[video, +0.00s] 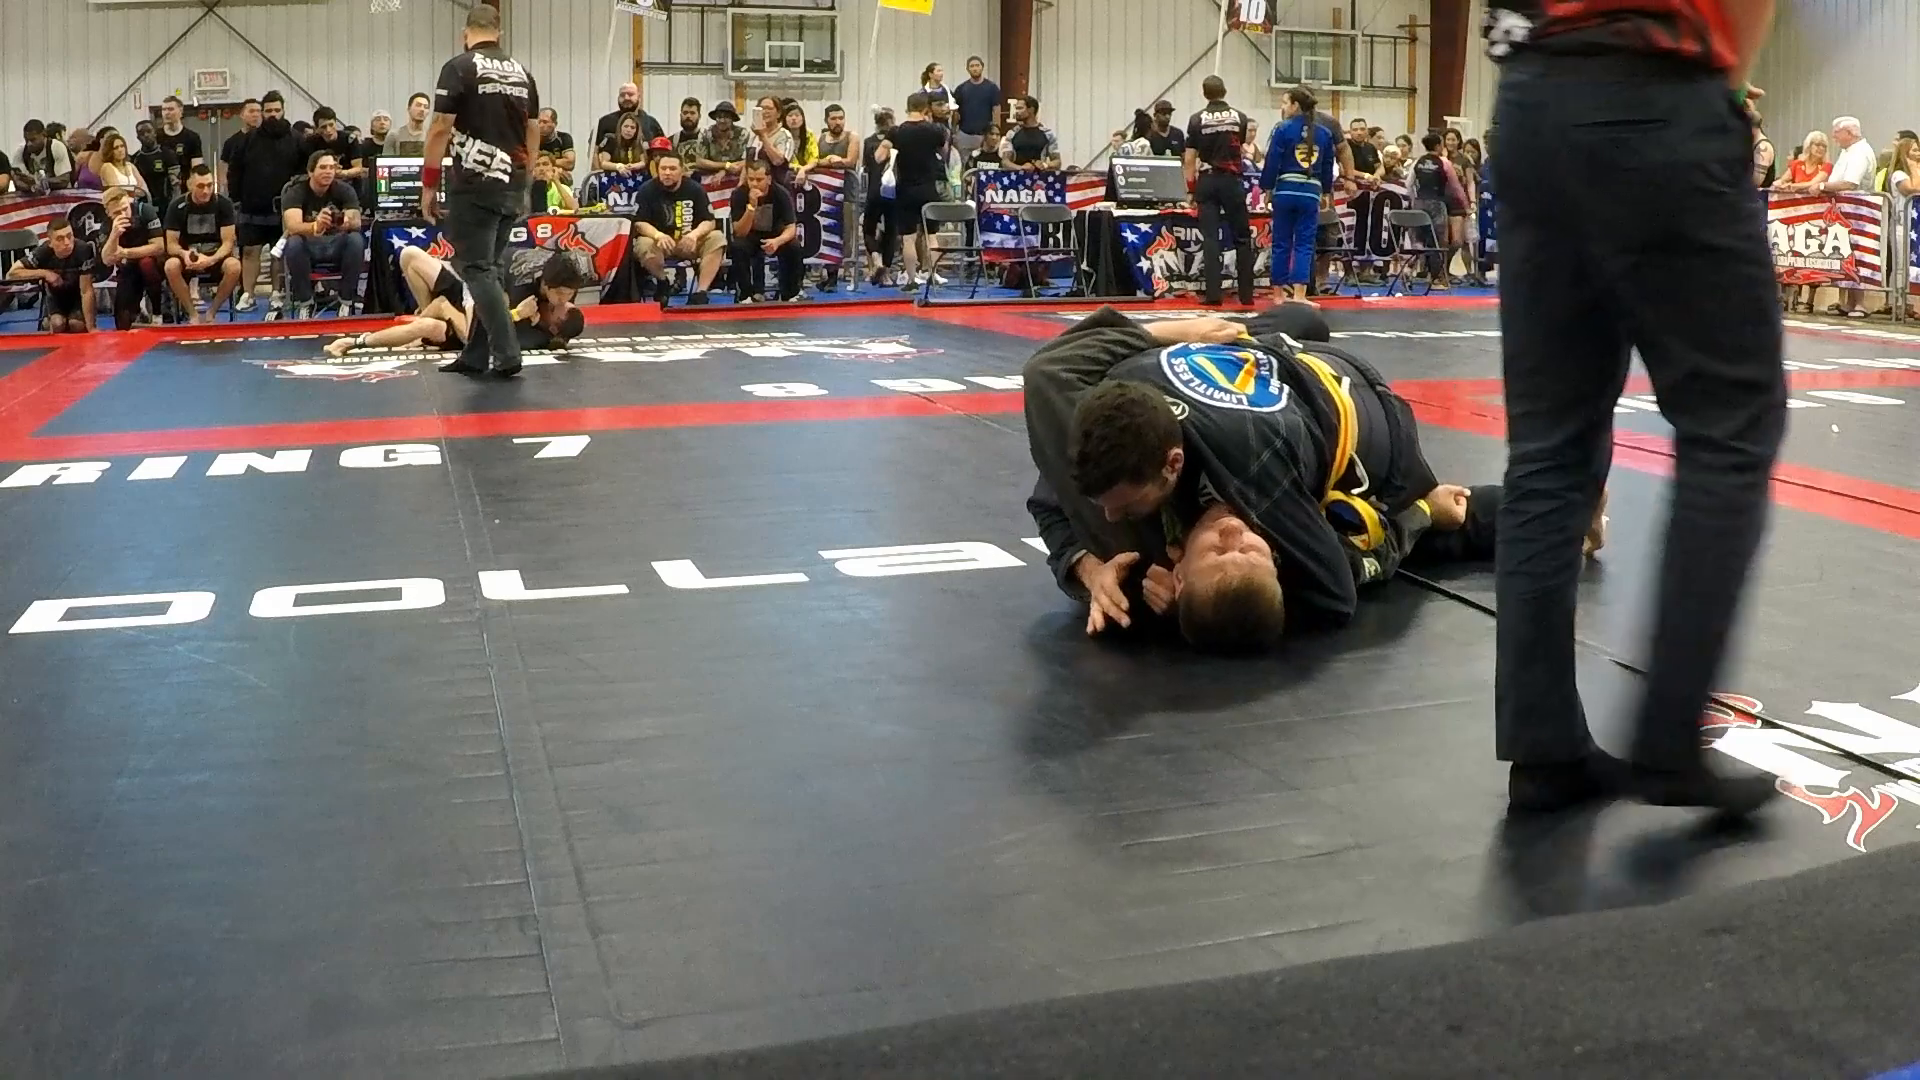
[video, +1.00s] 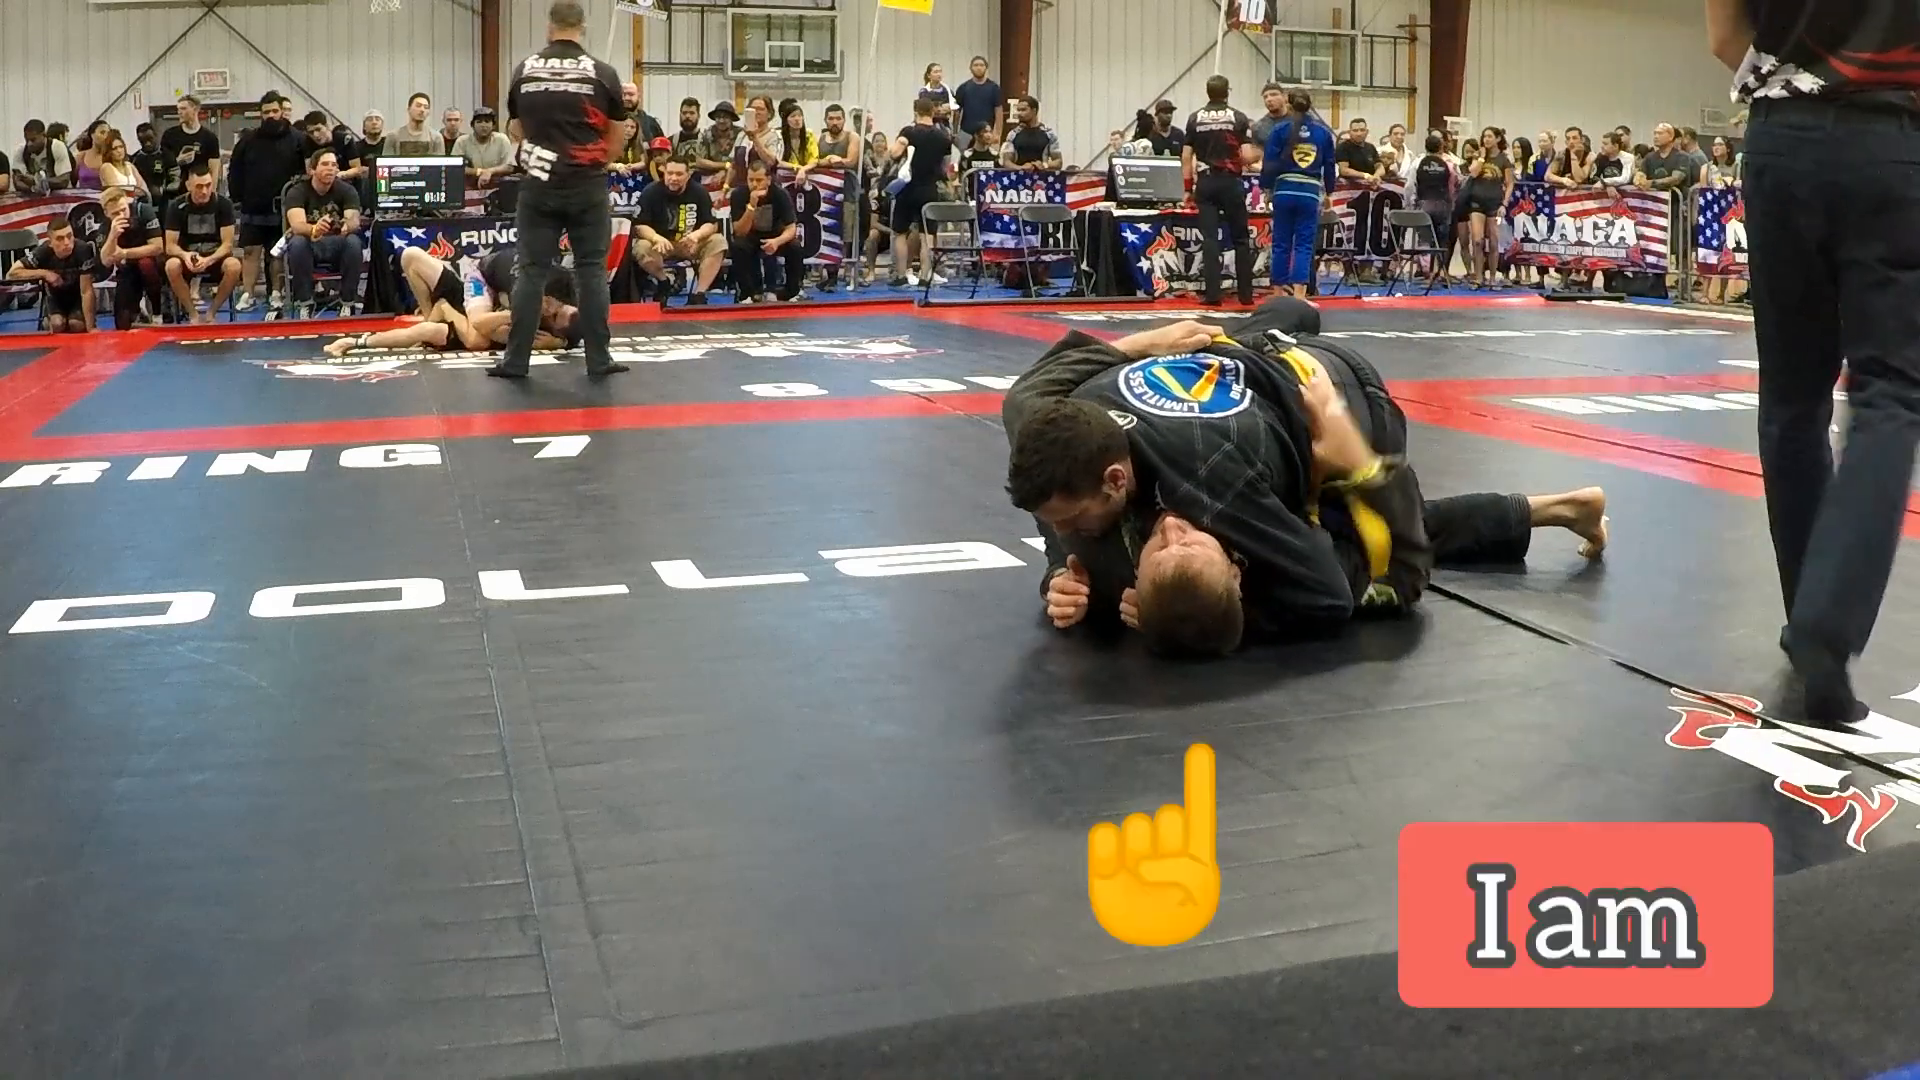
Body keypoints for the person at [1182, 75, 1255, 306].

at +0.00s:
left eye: (1205, 91)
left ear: (1204, 94)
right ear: (1224, 93)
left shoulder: (1196, 120)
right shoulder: (1241, 118)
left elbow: (1189, 159)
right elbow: (1243, 144)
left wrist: (1191, 189)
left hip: (1207, 179)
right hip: (1233, 180)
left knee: (1210, 238)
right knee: (1242, 238)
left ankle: (1213, 295)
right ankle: (1246, 295)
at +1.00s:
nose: (1225, 94)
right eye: (1226, 90)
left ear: (1207, 93)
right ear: (1227, 93)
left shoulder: (1194, 119)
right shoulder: (1239, 118)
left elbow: (1186, 157)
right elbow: (1248, 156)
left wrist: (1188, 189)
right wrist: (1236, 160)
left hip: (1205, 180)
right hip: (1231, 181)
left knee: (1209, 239)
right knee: (1241, 238)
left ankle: (1212, 295)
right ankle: (1245, 295)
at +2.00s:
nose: (1226, 96)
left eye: (1225, 93)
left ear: (1226, 95)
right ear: (1245, 96)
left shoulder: (1214, 117)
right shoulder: (1256, 119)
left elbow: (1204, 155)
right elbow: (1250, 149)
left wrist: (1197, 185)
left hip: (1218, 178)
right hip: (1242, 180)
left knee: (1230, 233)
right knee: (1238, 237)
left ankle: (1233, 285)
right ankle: (1232, 292)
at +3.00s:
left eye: (1236, 93)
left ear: (1232, 96)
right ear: (1251, 97)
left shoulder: (1221, 119)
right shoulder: (1261, 121)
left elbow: (1210, 155)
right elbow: (1259, 151)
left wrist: (1199, 170)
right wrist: (1246, 165)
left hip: (1220, 178)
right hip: (1244, 182)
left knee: (1210, 198)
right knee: (1238, 239)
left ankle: (1227, 222)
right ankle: (1231, 292)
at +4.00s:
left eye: (1239, 94)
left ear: (1237, 97)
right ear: (1257, 98)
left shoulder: (1224, 117)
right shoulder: (1265, 125)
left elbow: (1217, 139)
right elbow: (1267, 147)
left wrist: (1224, 110)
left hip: (1224, 176)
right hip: (1247, 181)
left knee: (1210, 198)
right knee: (1241, 238)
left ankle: (1231, 219)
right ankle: (1231, 292)